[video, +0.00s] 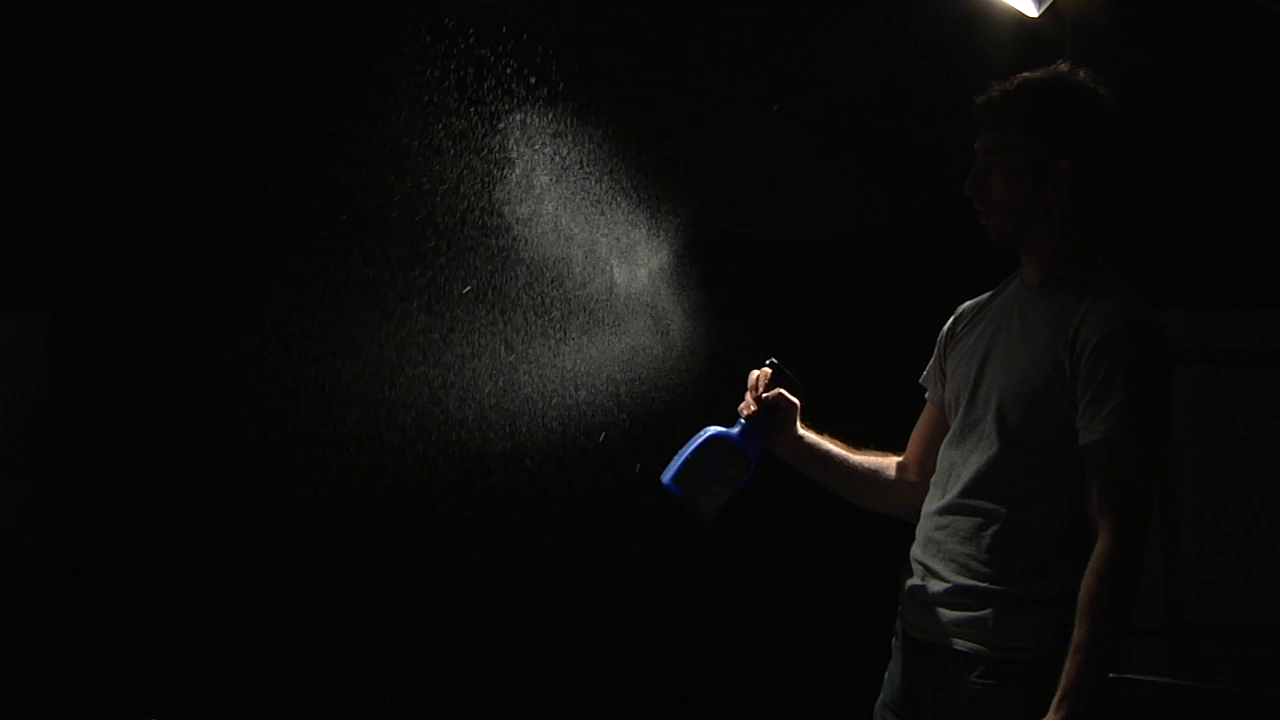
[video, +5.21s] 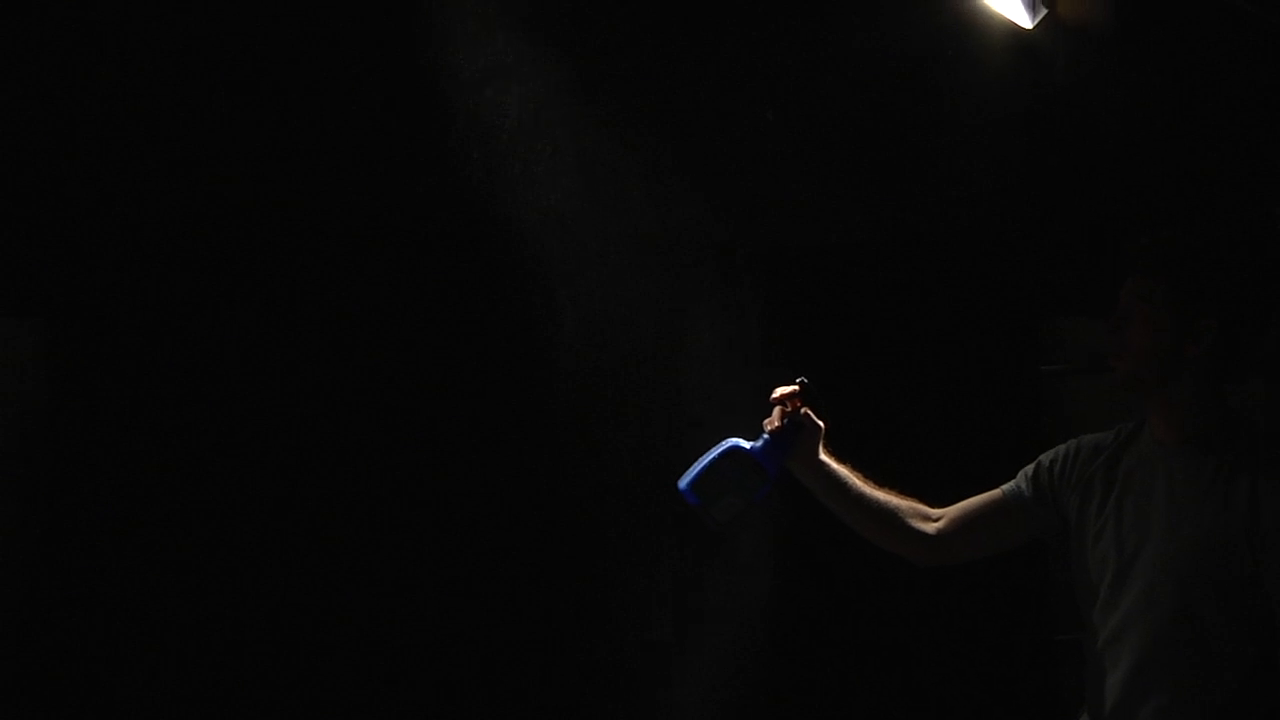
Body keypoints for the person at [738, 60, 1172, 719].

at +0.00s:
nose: (974, 182)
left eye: (996, 163)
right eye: (978, 162)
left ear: (1054, 177)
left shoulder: (1107, 325)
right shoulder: (970, 321)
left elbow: (1120, 531)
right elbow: (912, 482)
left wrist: (1070, 699)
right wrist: (793, 435)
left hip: (1016, 657)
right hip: (921, 640)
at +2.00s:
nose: (963, 180)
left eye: (983, 159)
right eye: (967, 159)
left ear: (1044, 171)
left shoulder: (1097, 323)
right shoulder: (966, 321)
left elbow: (1108, 526)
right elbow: (914, 485)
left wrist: (1035, 692)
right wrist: (797, 443)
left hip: (1011, 668)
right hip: (925, 648)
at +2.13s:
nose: (1122, 324)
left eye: (1145, 306)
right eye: (1123, 305)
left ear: (1202, 319)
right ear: (1121, 320)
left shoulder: (1258, 459)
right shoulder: (1088, 456)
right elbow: (930, 520)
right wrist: (806, 453)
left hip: (1233, 699)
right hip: (1117, 700)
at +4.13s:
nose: (1119, 316)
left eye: (1142, 299)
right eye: (1123, 297)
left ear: (1202, 319)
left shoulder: (1258, 459)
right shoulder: (1088, 456)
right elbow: (933, 519)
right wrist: (811, 449)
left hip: (1233, 702)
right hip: (1118, 702)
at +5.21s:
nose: (1121, 330)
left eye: (1143, 312)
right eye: (1125, 312)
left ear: (1199, 330)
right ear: (1125, 332)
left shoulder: (1256, 463)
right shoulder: (1087, 468)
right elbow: (933, 531)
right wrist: (814, 460)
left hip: (1238, 700)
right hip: (1121, 702)